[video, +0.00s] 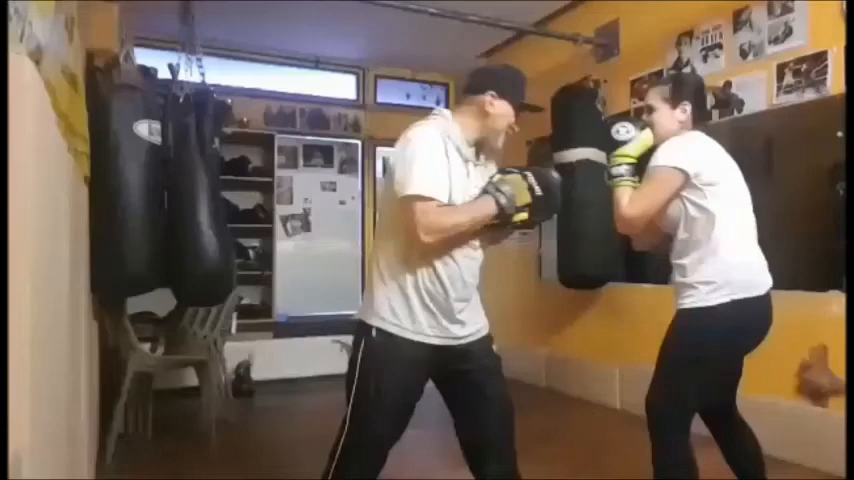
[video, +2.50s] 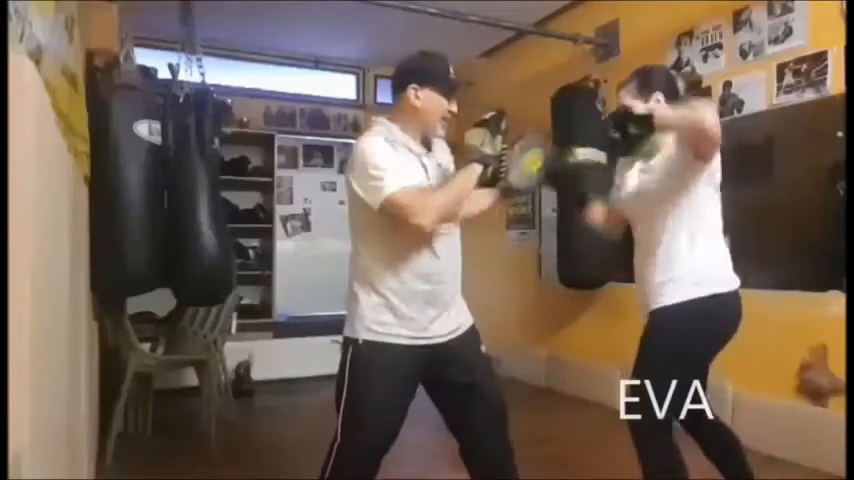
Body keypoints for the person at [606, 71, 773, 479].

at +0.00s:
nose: (643, 119)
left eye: (651, 109)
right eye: (643, 110)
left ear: (682, 111)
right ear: (682, 113)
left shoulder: (682, 149)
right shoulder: (709, 151)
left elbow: (629, 219)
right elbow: (645, 239)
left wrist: (621, 168)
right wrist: (627, 184)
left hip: (710, 308)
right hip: (745, 304)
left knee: (664, 411)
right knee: (718, 408)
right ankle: (755, 474)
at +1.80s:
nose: (641, 140)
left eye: (647, 128)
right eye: (638, 130)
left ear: (679, 127)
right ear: (675, 129)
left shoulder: (697, 169)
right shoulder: (679, 176)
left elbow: (662, 249)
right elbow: (664, 269)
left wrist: (641, 194)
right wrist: (638, 199)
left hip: (729, 321)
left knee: (654, 411)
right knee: (695, 417)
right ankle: (747, 475)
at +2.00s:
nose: (640, 137)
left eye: (648, 126)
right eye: (635, 129)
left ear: (679, 123)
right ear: (630, 133)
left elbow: (681, 246)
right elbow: (616, 256)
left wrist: (657, 187)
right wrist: (567, 245)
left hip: (727, 316)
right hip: (676, 322)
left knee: (657, 415)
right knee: (682, 428)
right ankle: (729, 475)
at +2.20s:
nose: (633, 133)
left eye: (641, 121)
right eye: (629, 125)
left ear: (673, 115)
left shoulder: (705, 166)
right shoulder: (651, 174)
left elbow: (671, 243)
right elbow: (640, 239)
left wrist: (643, 179)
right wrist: (595, 217)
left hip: (709, 319)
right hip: (664, 318)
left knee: (651, 423)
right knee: (681, 425)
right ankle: (720, 474)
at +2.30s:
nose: (632, 130)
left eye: (638, 117)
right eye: (627, 121)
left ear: (669, 110)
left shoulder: (709, 160)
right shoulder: (638, 171)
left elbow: (674, 228)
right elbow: (585, 210)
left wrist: (643, 170)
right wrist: (563, 172)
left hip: (711, 313)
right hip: (663, 315)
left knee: (655, 420)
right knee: (687, 420)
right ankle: (734, 474)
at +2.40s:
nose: (626, 123)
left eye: (632, 112)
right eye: (624, 115)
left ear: (662, 105)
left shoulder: (703, 145)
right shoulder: (626, 168)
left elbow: (687, 190)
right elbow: (572, 199)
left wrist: (651, 145)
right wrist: (542, 161)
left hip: (710, 305)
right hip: (666, 313)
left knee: (653, 419)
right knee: (694, 412)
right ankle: (746, 474)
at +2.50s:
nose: (621, 117)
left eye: (627, 107)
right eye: (619, 109)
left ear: (656, 102)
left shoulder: (690, 146)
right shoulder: (633, 165)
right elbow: (611, 221)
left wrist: (653, 116)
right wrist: (578, 186)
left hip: (701, 301)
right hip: (669, 307)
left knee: (644, 413)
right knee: (691, 409)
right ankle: (742, 474)